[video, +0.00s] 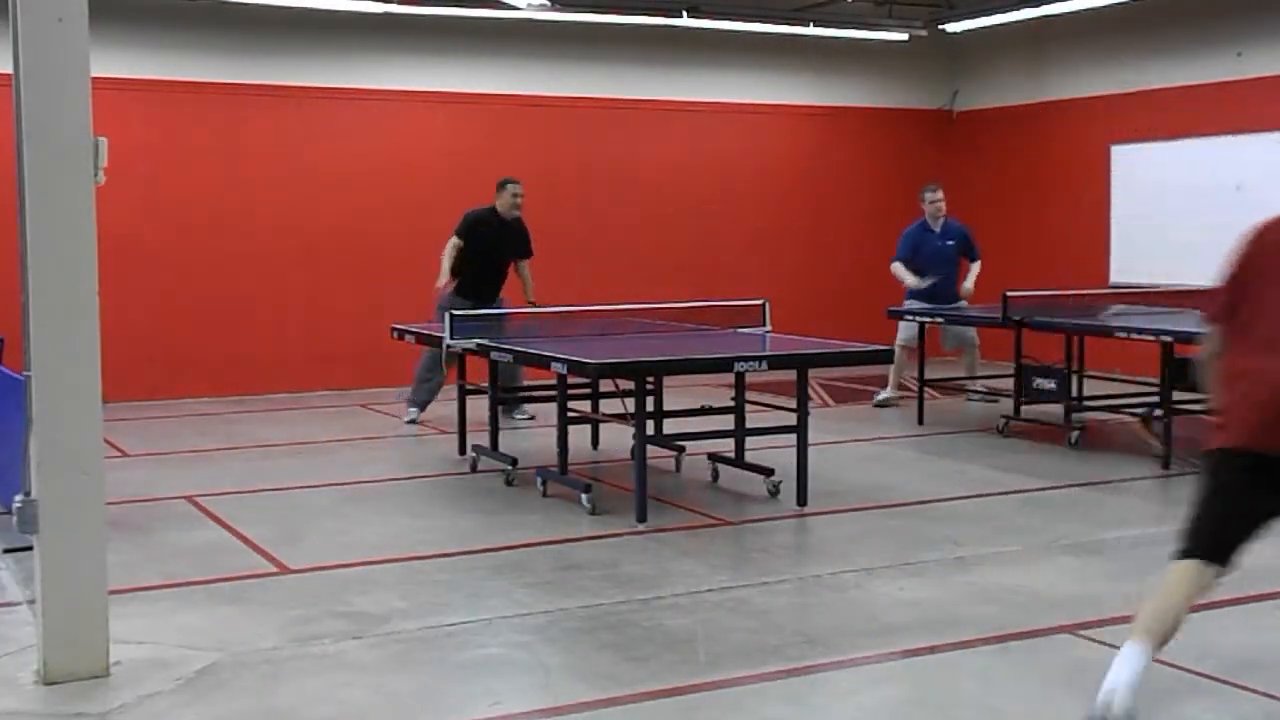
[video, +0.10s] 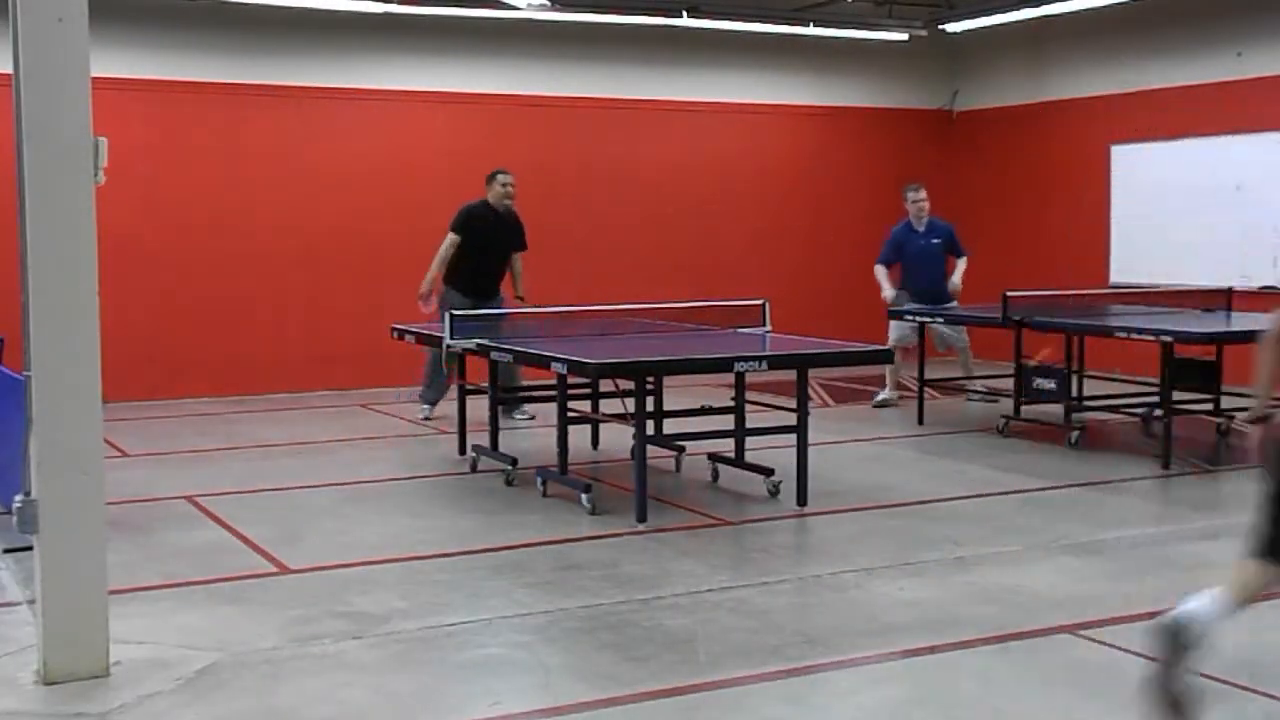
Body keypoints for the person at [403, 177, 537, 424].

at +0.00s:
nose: (520, 201)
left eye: (522, 197)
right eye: (515, 196)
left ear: (521, 199)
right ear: (499, 196)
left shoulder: (518, 228)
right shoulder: (475, 219)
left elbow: (522, 264)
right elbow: (453, 245)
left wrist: (529, 295)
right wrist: (444, 275)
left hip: (490, 304)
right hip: (458, 300)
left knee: (506, 354)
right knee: (440, 350)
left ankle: (511, 405)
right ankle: (416, 403)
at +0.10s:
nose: (510, 190)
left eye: (512, 186)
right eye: (504, 185)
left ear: (515, 190)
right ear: (489, 188)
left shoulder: (512, 221)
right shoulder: (470, 213)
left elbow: (515, 258)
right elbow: (448, 247)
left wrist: (518, 290)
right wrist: (429, 282)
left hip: (490, 296)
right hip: (458, 294)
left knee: (503, 349)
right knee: (446, 345)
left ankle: (511, 404)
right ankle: (429, 399)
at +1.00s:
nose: (473, 181)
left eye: (477, 176)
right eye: (468, 176)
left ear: (482, 180)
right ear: (456, 180)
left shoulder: (488, 211)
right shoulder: (441, 211)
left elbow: (501, 248)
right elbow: (428, 252)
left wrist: (513, 284)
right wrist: (418, 292)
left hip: (486, 295)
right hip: (453, 295)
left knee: (491, 352)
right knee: (448, 352)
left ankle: (490, 407)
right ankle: (431, 412)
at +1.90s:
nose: (485, 211)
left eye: (489, 205)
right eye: (479, 205)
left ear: (493, 204)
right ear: (467, 204)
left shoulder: (499, 228)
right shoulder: (447, 226)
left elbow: (507, 261)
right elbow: (422, 256)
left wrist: (518, 294)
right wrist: (450, 282)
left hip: (480, 296)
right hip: (446, 296)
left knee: (488, 350)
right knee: (448, 349)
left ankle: (486, 408)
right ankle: (445, 408)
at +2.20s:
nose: (497, 233)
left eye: (501, 227)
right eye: (491, 228)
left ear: (505, 225)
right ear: (477, 225)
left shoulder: (498, 242)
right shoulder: (459, 245)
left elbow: (488, 264)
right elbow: (432, 287)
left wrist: (490, 284)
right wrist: (462, 308)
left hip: (465, 305)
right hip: (435, 306)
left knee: (480, 355)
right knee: (442, 363)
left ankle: (483, 408)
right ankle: (455, 418)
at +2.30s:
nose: (497, 234)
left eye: (500, 228)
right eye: (491, 228)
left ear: (503, 225)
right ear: (476, 225)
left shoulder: (491, 245)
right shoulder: (459, 246)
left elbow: (471, 273)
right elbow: (447, 295)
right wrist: (489, 308)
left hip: (457, 302)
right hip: (431, 304)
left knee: (465, 357)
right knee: (440, 363)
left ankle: (475, 408)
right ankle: (455, 419)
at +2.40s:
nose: (495, 238)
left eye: (498, 232)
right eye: (490, 231)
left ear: (502, 227)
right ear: (475, 226)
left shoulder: (482, 241)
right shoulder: (461, 245)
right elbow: (472, 288)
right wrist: (518, 290)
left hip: (454, 302)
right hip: (430, 303)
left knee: (458, 355)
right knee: (439, 362)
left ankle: (461, 403)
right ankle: (454, 419)